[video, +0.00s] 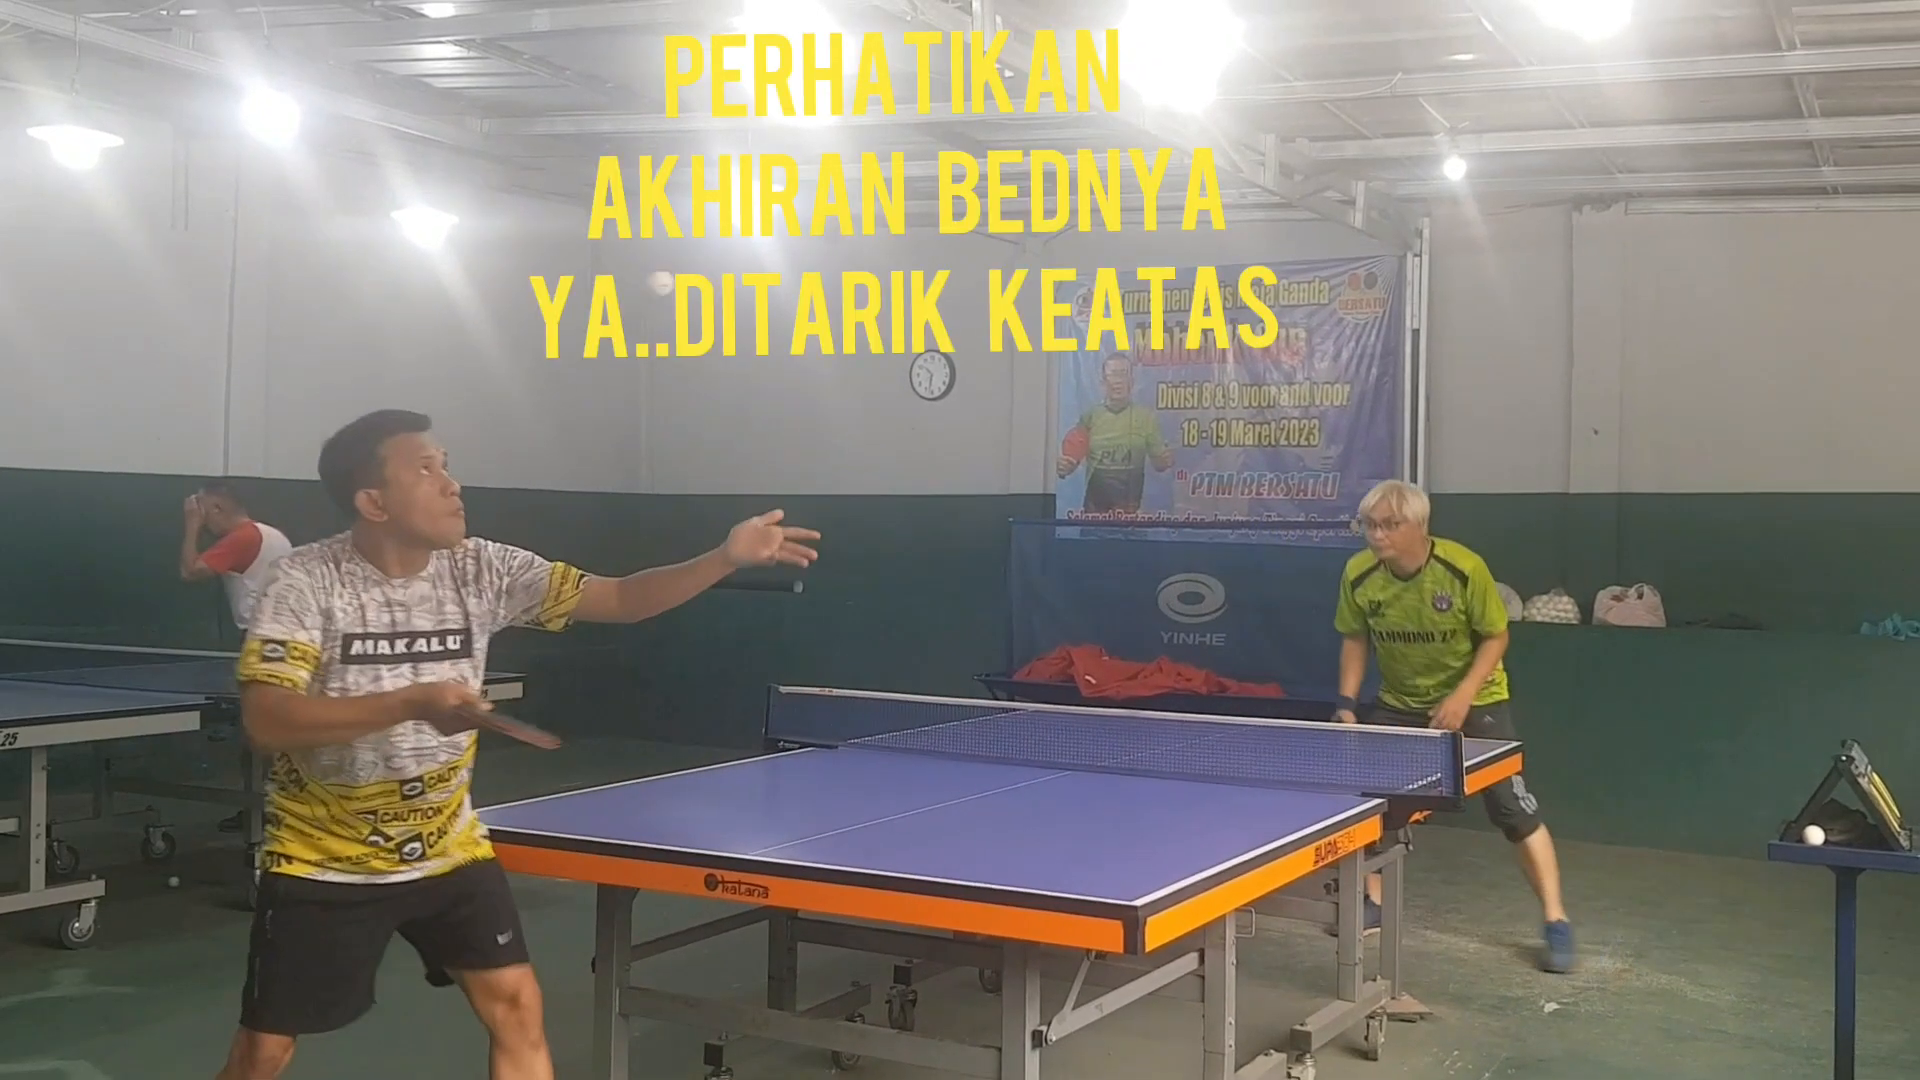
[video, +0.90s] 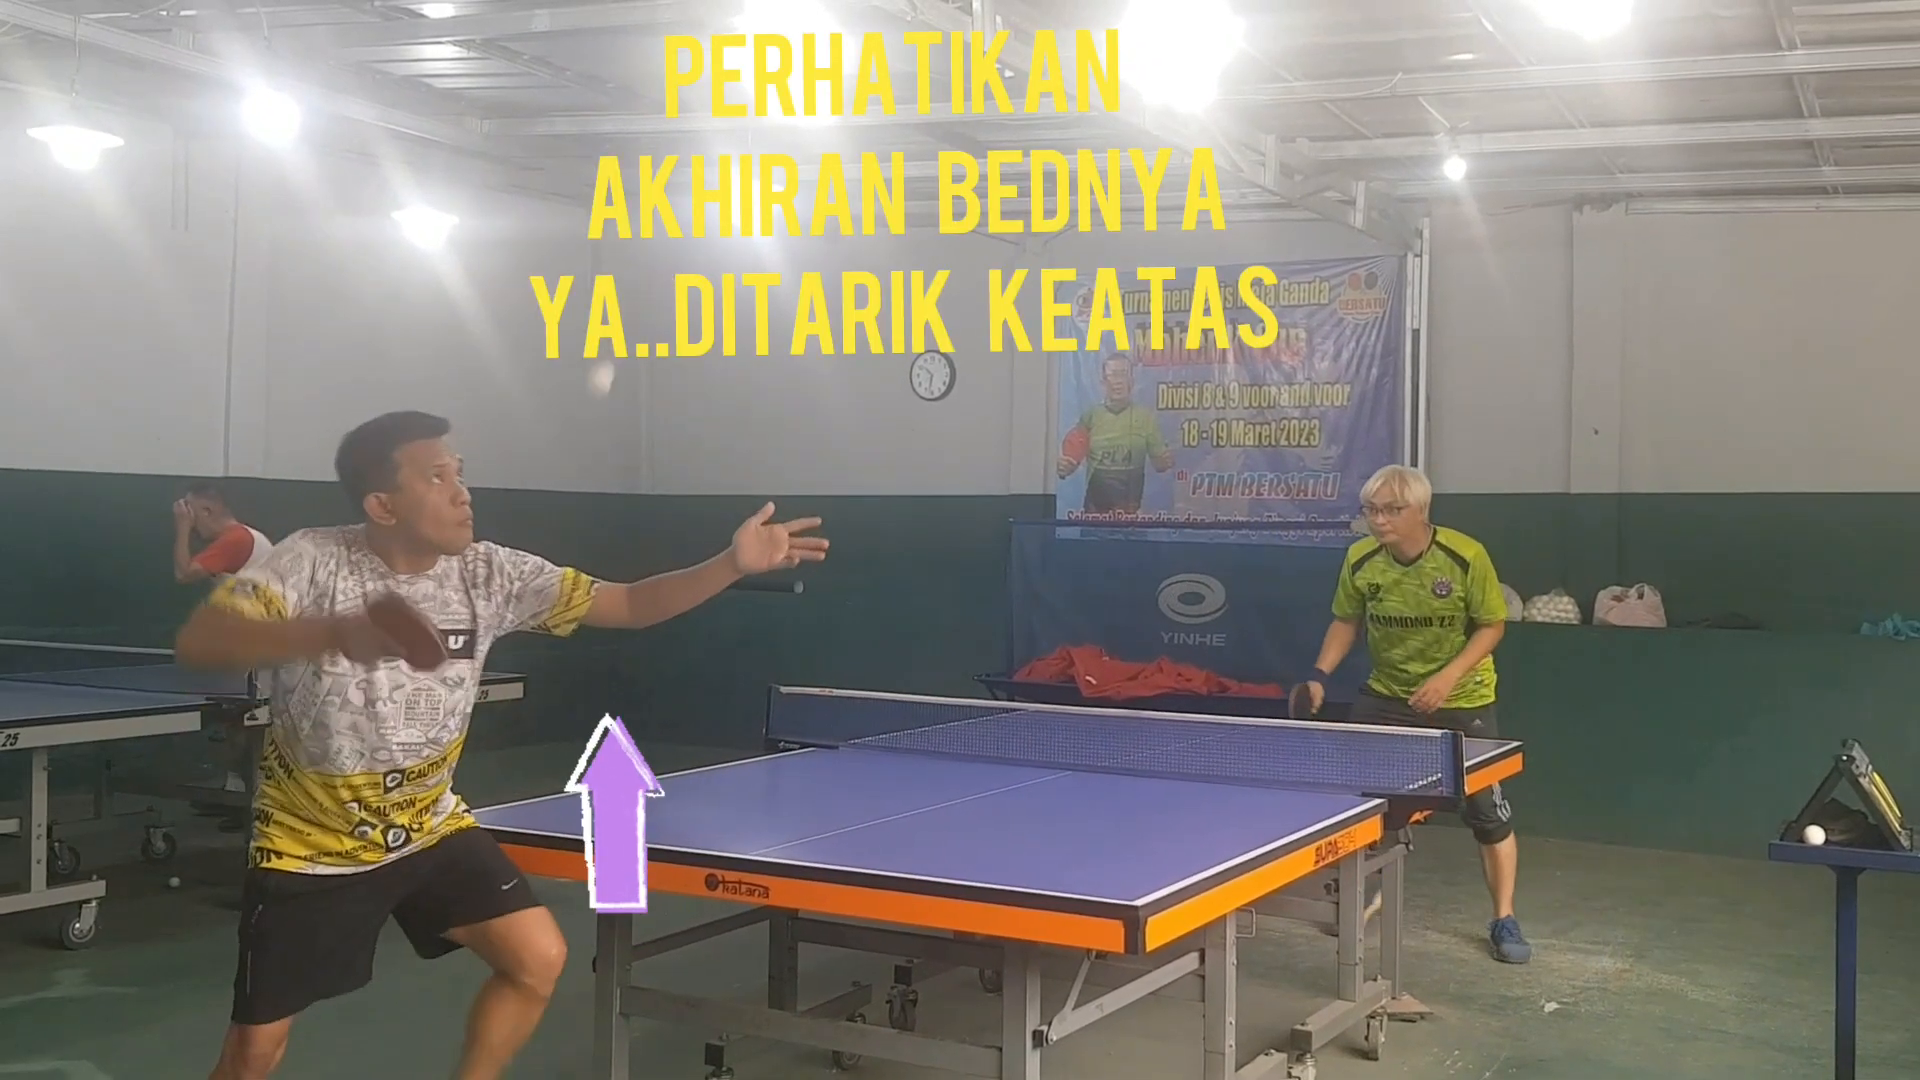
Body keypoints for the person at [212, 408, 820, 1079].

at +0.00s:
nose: (453, 483)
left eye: (446, 468)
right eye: (429, 471)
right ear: (371, 502)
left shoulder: (482, 570)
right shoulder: (303, 582)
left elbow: (622, 597)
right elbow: (267, 719)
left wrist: (728, 556)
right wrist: (413, 702)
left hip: (446, 844)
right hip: (320, 856)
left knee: (515, 1003)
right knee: (263, 1053)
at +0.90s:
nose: (462, 487)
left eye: (458, 471)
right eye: (439, 476)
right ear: (380, 505)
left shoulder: (489, 573)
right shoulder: (306, 564)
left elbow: (622, 605)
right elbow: (195, 641)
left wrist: (732, 563)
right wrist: (338, 632)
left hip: (428, 820)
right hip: (308, 836)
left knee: (537, 959)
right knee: (255, 1046)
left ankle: (472, 1077)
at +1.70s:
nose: (537, 535)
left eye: (541, 516)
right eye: (518, 516)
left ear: (544, 522)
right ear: (459, 525)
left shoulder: (552, 596)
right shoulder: (389, 558)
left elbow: (682, 608)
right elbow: (246, 553)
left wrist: (737, 534)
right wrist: (371, 611)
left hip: (453, 839)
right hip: (337, 843)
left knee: (558, 979)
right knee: (265, 1049)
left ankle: (450, 1070)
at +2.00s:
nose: (592, 563)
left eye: (596, 547)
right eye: (579, 545)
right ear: (518, 543)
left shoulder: (578, 612)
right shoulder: (442, 563)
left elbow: (685, 623)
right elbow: (325, 580)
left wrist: (698, 527)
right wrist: (444, 671)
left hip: (471, 855)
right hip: (358, 854)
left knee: (569, 1020)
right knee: (275, 1057)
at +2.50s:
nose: (659, 617)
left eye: (666, 600)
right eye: (654, 595)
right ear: (602, 575)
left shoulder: (612, 661)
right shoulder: (490, 591)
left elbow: (696, 690)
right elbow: (366, 662)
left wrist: (687, 566)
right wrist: (502, 616)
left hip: (502, 889)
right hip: (394, 883)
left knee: (606, 1031)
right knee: (333, 1068)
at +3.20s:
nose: (696, 640)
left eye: (700, 626)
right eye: (696, 621)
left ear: (651, 614)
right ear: (655, 613)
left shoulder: (638, 690)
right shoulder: (522, 617)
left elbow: (716, 755)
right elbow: (390, 701)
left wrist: (738, 653)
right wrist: (467, 626)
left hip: (510, 895)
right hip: (413, 884)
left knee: (620, 1033)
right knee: (394, 1073)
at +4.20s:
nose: (671, 616)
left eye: (674, 600)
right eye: (670, 598)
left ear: (626, 592)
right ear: (631, 591)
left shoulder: (607, 672)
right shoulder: (495, 613)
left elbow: (679, 758)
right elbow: (406, 717)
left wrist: (726, 702)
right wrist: (533, 695)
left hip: (490, 887)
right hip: (398, 878)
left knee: (600, 1027)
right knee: (402, 1075)